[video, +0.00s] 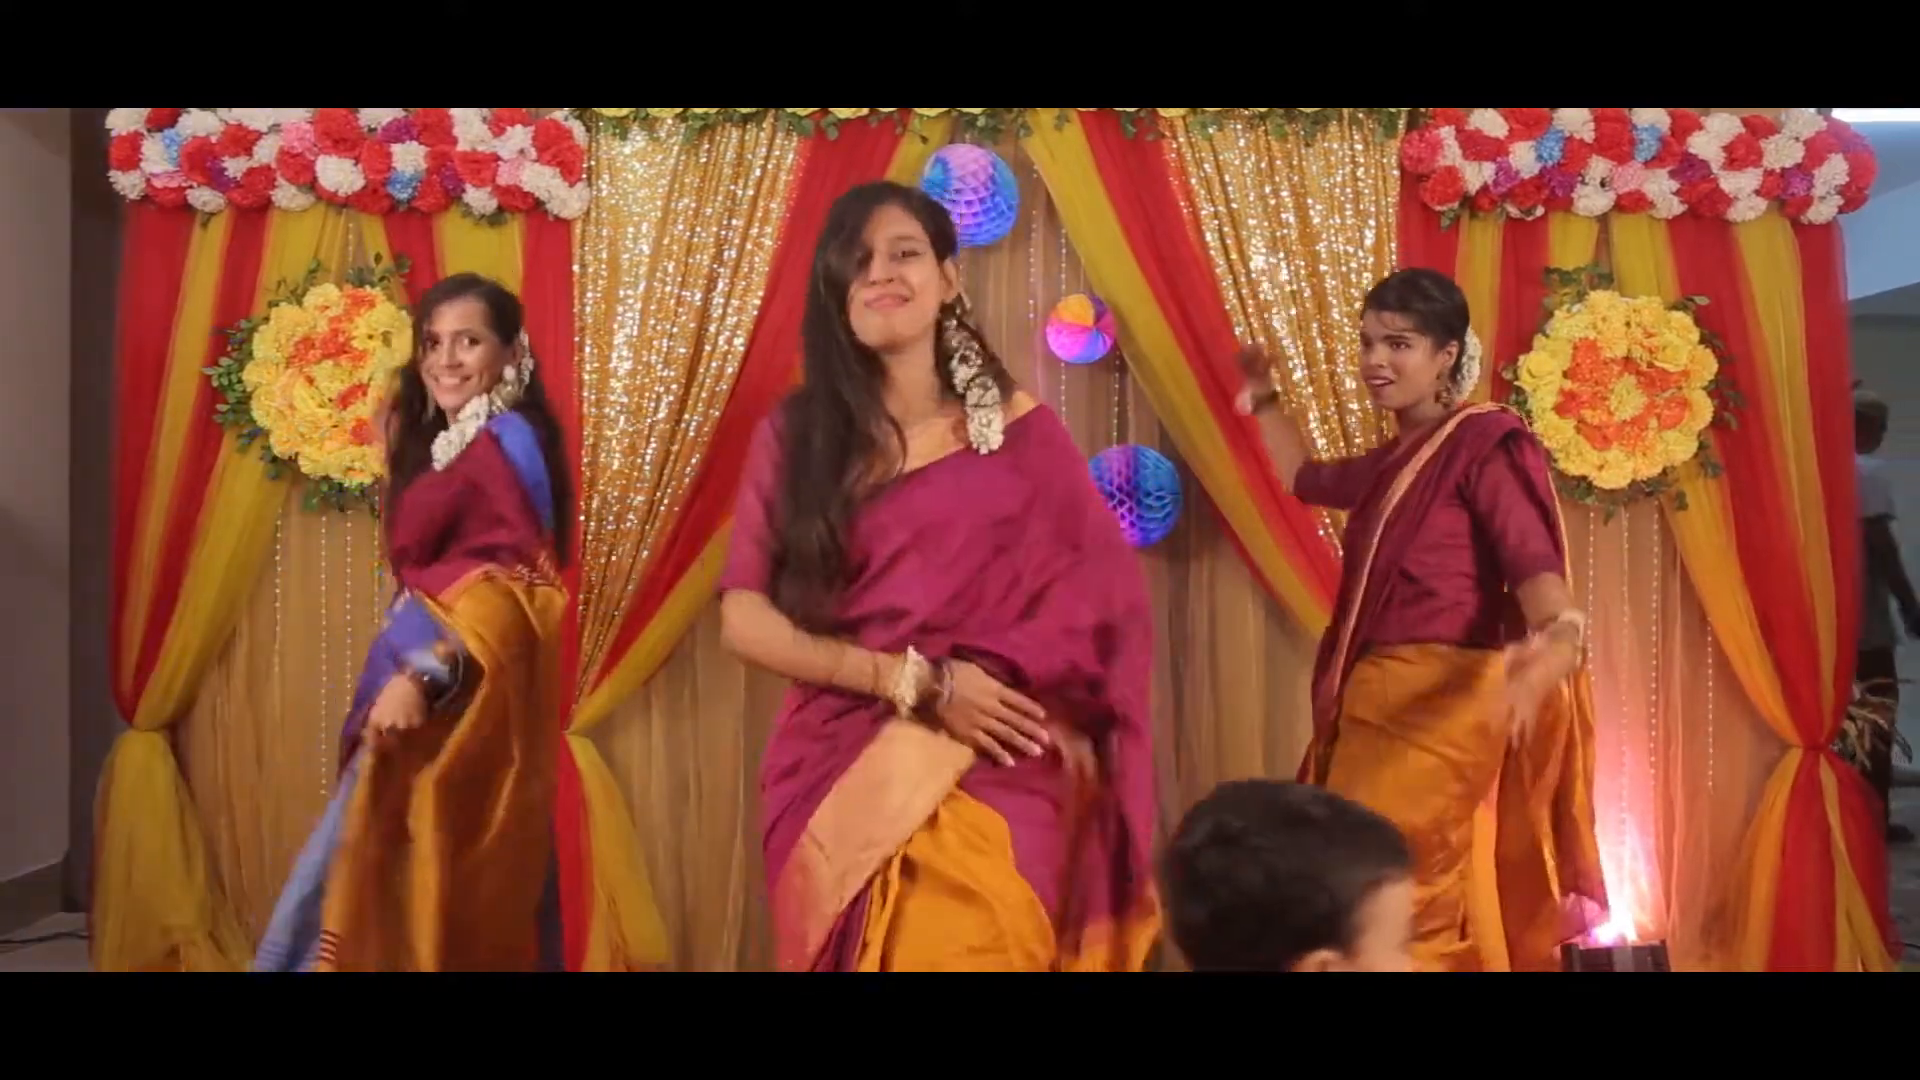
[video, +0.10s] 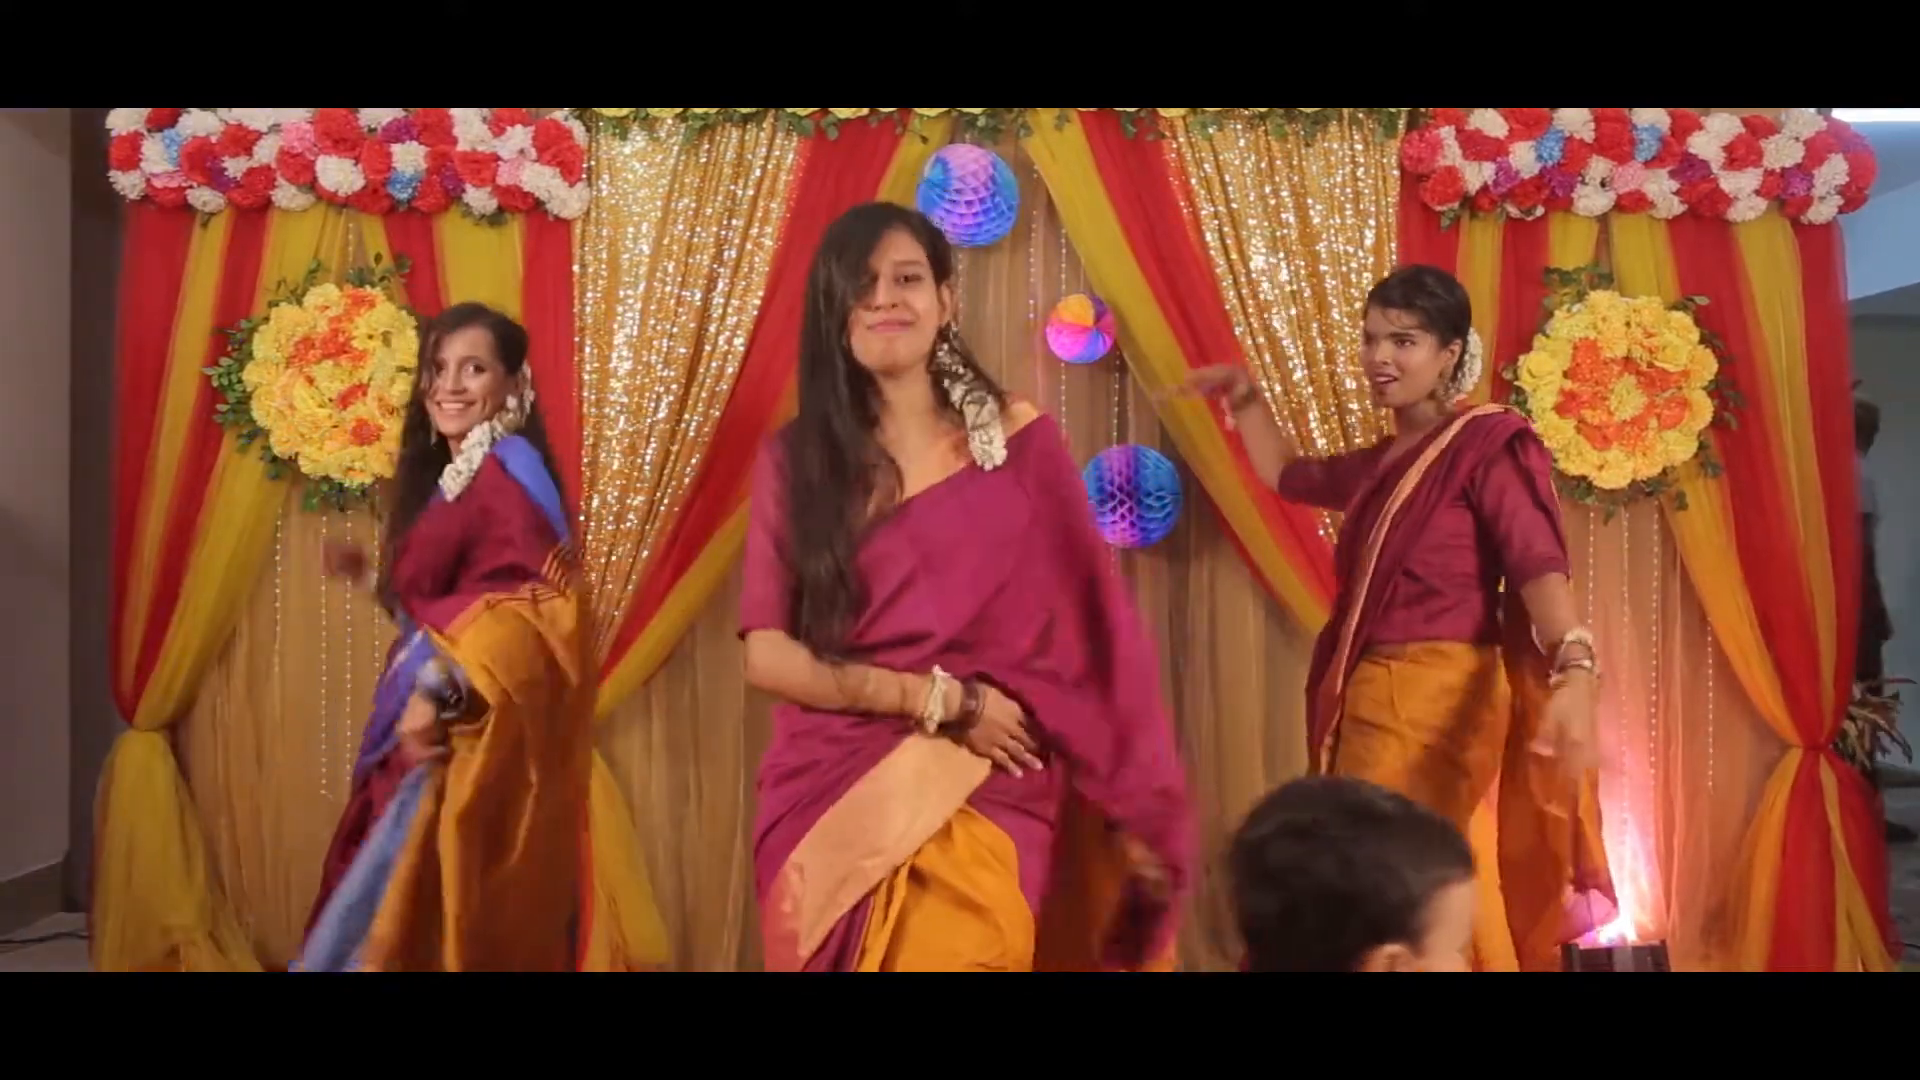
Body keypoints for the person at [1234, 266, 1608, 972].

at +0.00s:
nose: (1375, 361)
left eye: (1399, 343)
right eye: (1367, 343)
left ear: (1448, 356)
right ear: (1358, 348)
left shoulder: (1487, 440)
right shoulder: (1388, 463)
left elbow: (1533, 565)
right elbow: (1302, 475)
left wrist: (1559, 633)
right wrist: (1266, 398)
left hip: (1441, 701)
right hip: (1364, 704)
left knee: (1353, 895)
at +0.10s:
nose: (1380, 356)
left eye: (1402, 341)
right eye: (1371, 339)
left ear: (1451, 356)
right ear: (1360, 344)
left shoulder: (1489, 441)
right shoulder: (1383, 461)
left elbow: (1538, 568)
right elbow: (1285, 473)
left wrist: (1576, 663)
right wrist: (1245, 396)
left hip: (1432, 683)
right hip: (1367, 687)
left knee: (1359, 876)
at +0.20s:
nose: (1382, 346)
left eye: (1405, 330)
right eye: (1372, 329)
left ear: (1454, 343)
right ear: (1361, 336)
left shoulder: (1495, 436)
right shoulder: (1365, 441)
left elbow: (1547, 568)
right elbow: (1255, 424)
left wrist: (1593, 635)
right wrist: (1216, 344)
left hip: (1439, 674)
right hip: (1357, 679)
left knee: (1411, 877)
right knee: (1359, 874)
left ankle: (1427, 961)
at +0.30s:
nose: (1383, 349)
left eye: (1405, 333)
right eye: (1373, 331)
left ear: (1455, 345)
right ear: (1361, 339)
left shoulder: (1500, 447)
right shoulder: (1354, 442)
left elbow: (1554, 576)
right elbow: (1240, 402)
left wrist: (1610, 626)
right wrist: (1197, 300)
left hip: (1452, 675)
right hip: (1357, 682)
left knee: (1430, 884)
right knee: (1361, 879)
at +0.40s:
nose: (1383, 347)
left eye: (1405, 330)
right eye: (1372, 330)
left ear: (1454, 343)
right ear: (1358, 340)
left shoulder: (1502, 443)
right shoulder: (1349, 442)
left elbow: (1551, 579)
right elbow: (1229, 426)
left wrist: (1611, 635)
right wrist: (1194, 332)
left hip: (1459, 687)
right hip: (1357, 691)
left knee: (1440, 896)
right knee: (1358, 890)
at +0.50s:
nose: (1388, 359)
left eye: (1411, 341)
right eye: (1375, 340)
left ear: (1452, 357)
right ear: (1359, 350)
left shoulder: (1507, 446)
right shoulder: (1353, 465)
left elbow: (1556, 589)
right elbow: (1231, 466)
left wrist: (1597, 660)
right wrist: (1179, 374)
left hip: (1464, 703)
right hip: (1360, 710)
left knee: (1410, 893)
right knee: (1345, 891)